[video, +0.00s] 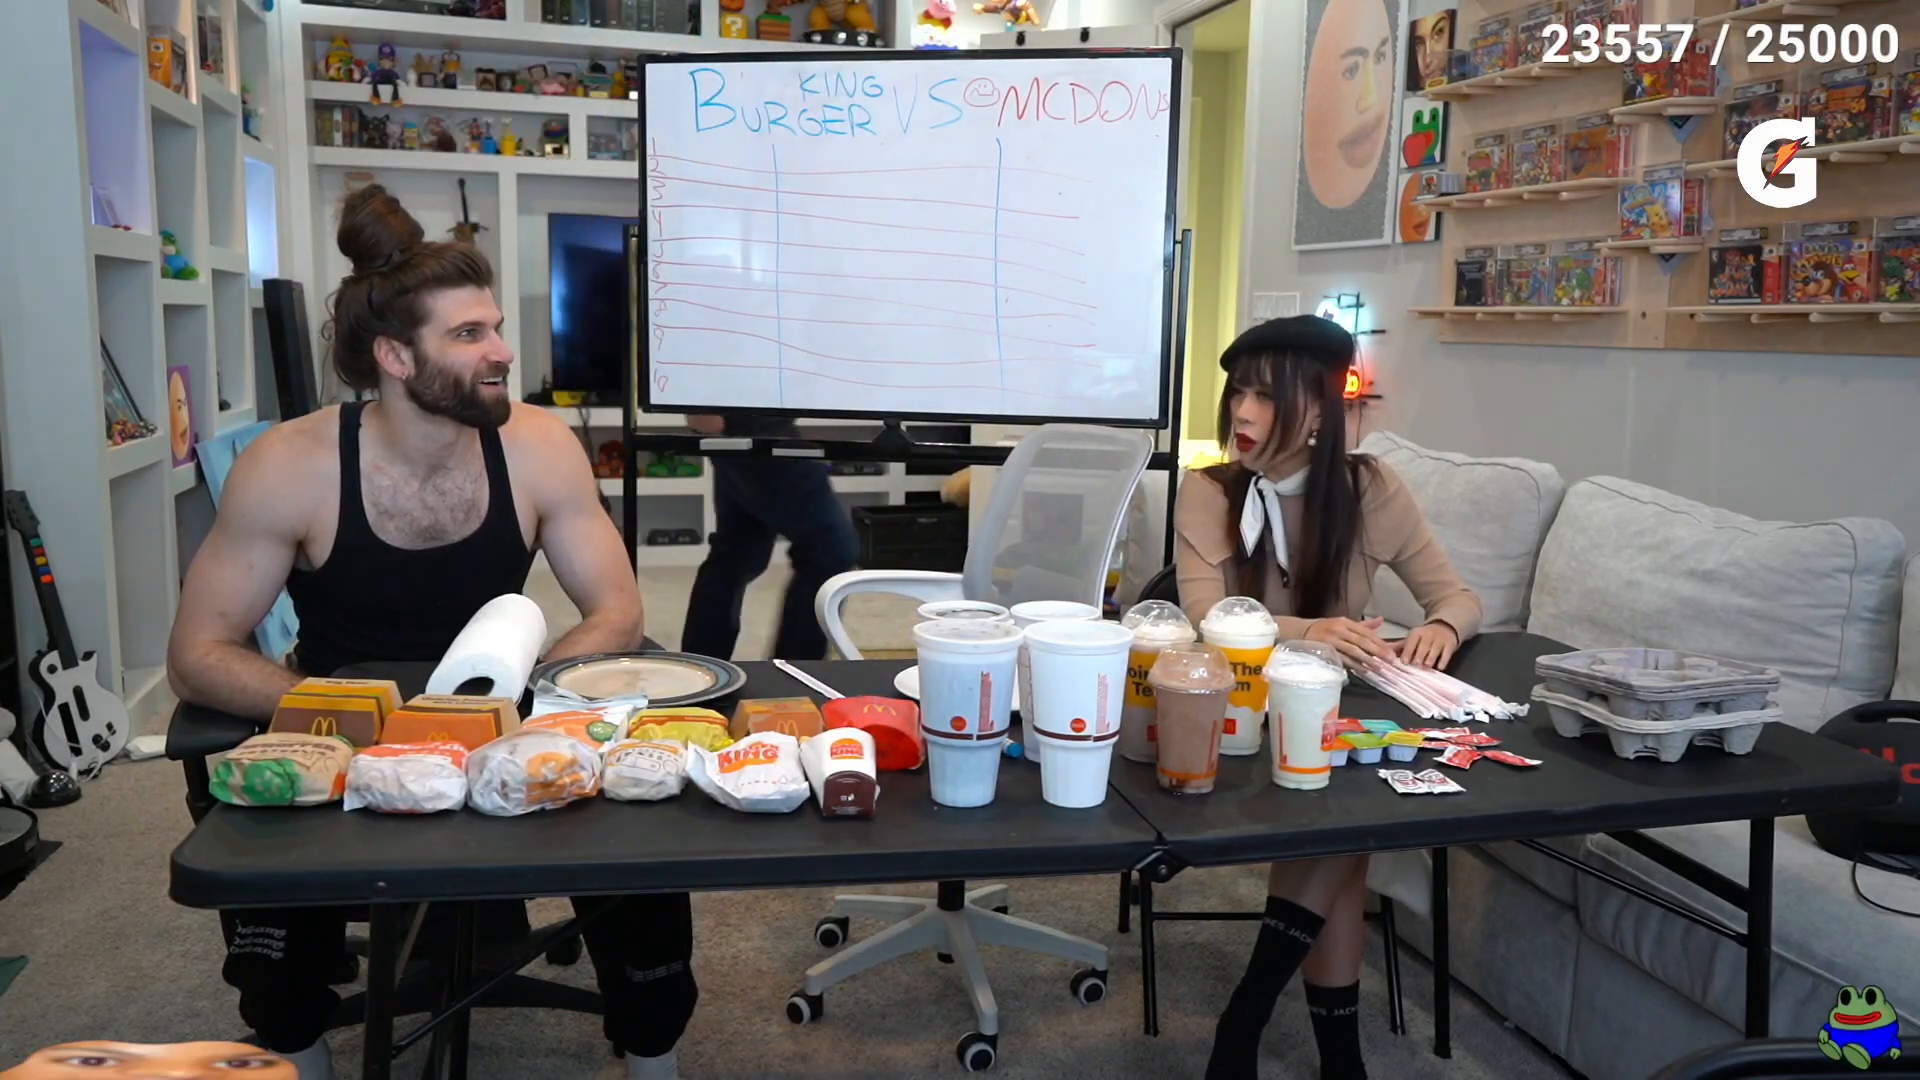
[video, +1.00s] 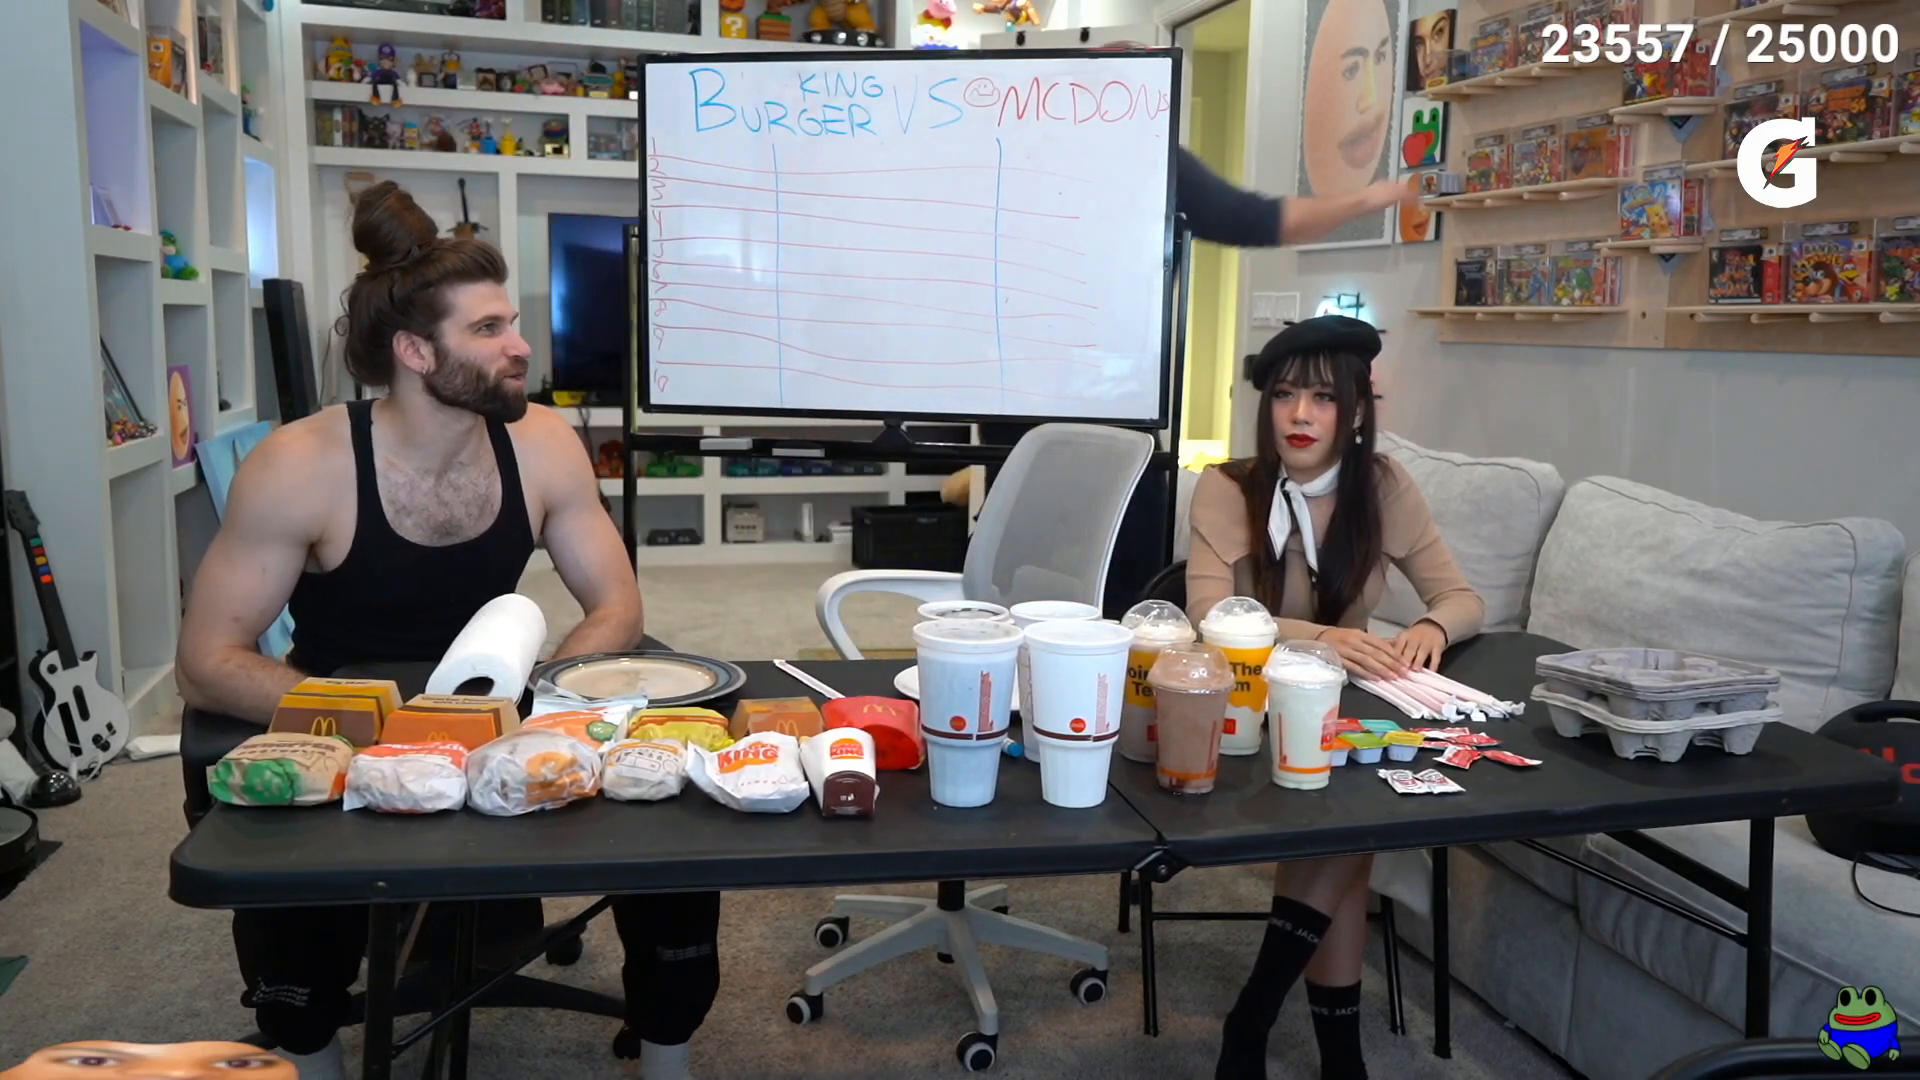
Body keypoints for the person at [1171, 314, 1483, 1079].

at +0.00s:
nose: (1243, 411)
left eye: (1267, 395)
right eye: (1239, 389)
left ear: (1317, 409)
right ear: (1229, 393)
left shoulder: (1369, 486)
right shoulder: (1210, 490)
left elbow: (1458, 597)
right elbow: (1210, 622)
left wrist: (1444, 624)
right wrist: (1309, 630)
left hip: (1336, 707)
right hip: (1236, 711)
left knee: (1338, 818)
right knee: (1346, 834)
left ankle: (1241, 1026)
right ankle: (1342, 1064)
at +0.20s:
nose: (1269, 409)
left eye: (1294, 393)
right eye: (1259, 389)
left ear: (1336, 410)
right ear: (1243, 398)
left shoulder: (1371, 486)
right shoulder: (1211, 491)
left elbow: (1459, 598)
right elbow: (1208, 622)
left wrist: (1439, 627)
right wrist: (1307, 630)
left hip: (1334, 707)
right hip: (1234, 714)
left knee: (1336, 821)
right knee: (1347, 834)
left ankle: (1243, 1025)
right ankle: (1343, 1064)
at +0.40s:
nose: (1293, 409)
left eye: (1316, 393)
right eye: (1280, 390)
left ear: (1354, 412)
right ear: (1260, 401)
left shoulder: (1380, 486)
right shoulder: (1221, 491)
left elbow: (1462, 598)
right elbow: (1209, 625)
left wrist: (1434, 626)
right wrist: (1308, 632)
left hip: (1339, 705)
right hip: (1242, 710)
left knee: (1340, 817)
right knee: (1350, 831)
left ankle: (1246, 1024)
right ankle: (1343, 1063)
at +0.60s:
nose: (1303, 414)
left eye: (1326, 397)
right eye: (1289, 393)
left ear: (1361, 412)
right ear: (1268, 402)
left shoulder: (1386, 486)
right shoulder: (1229, 489)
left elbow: (1463, 599)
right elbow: (1213, 621)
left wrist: (1435, 622)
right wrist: (1314, 633)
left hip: (1345, 709)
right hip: (1247, 711)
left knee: (1345, 818)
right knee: (1351, 831)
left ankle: (1250, 1023)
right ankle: (1343, 1064)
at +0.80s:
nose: (1302, 415)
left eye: (1325, 397)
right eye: (1288, 394)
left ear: (1360, 412)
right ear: (1268, 402)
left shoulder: (1385, 486)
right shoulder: (1229, 489)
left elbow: (1463, 598)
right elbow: (1214, 619)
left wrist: (1434, 623)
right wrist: (1320, 636)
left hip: (1340, 708)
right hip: (1242, 711)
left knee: (1349, 818)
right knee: (1351, 834)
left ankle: (1251, 1023)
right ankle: (1343, 1064)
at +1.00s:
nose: (1299, 415)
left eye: (1322, 397)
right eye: (1286, 394)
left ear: (1358, 412)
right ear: (1265, 403)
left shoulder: (1382, 485)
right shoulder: (1226, 490)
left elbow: (1463, 598)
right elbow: (1213, 620)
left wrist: (1433, 624)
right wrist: (1317, 635)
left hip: (1340, 707)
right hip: (1243, 712)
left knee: (1345, 818)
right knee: (1351, 832)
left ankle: (1248, 1024)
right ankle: (1342, 1063)